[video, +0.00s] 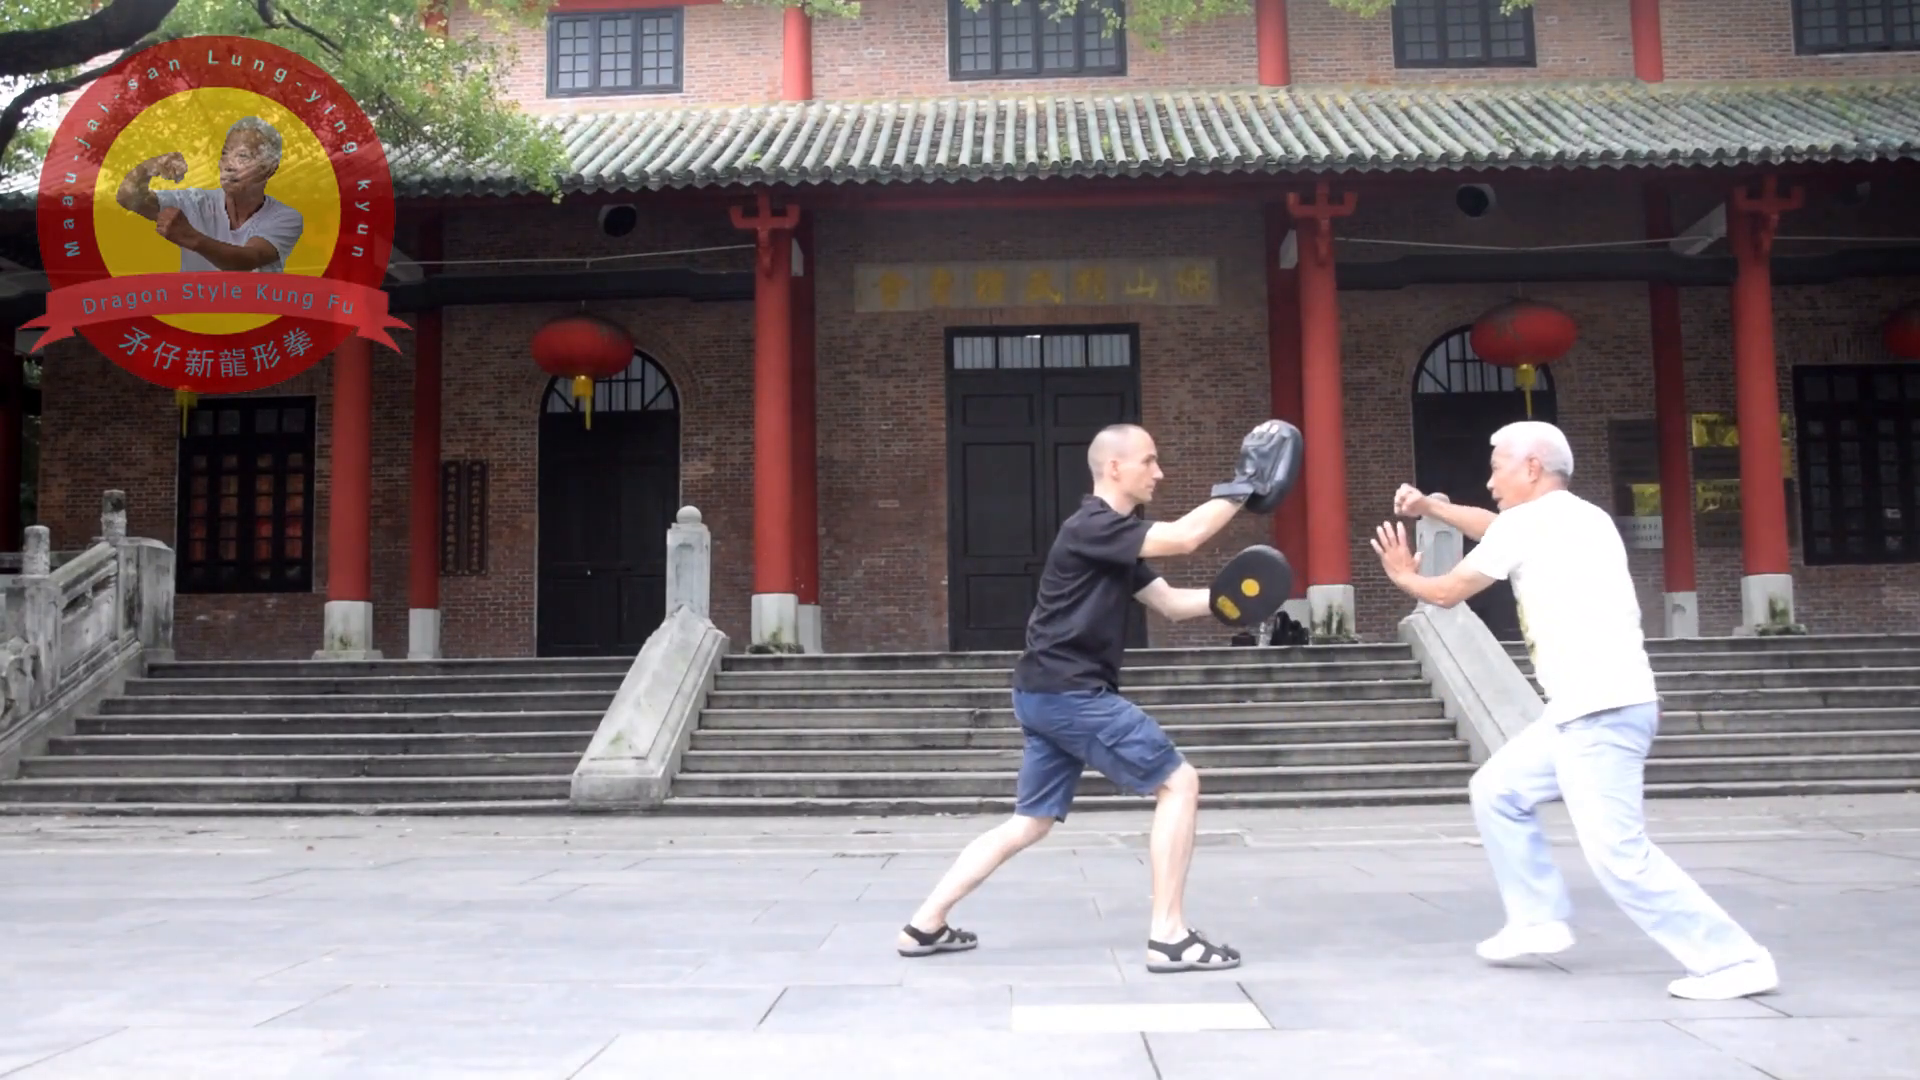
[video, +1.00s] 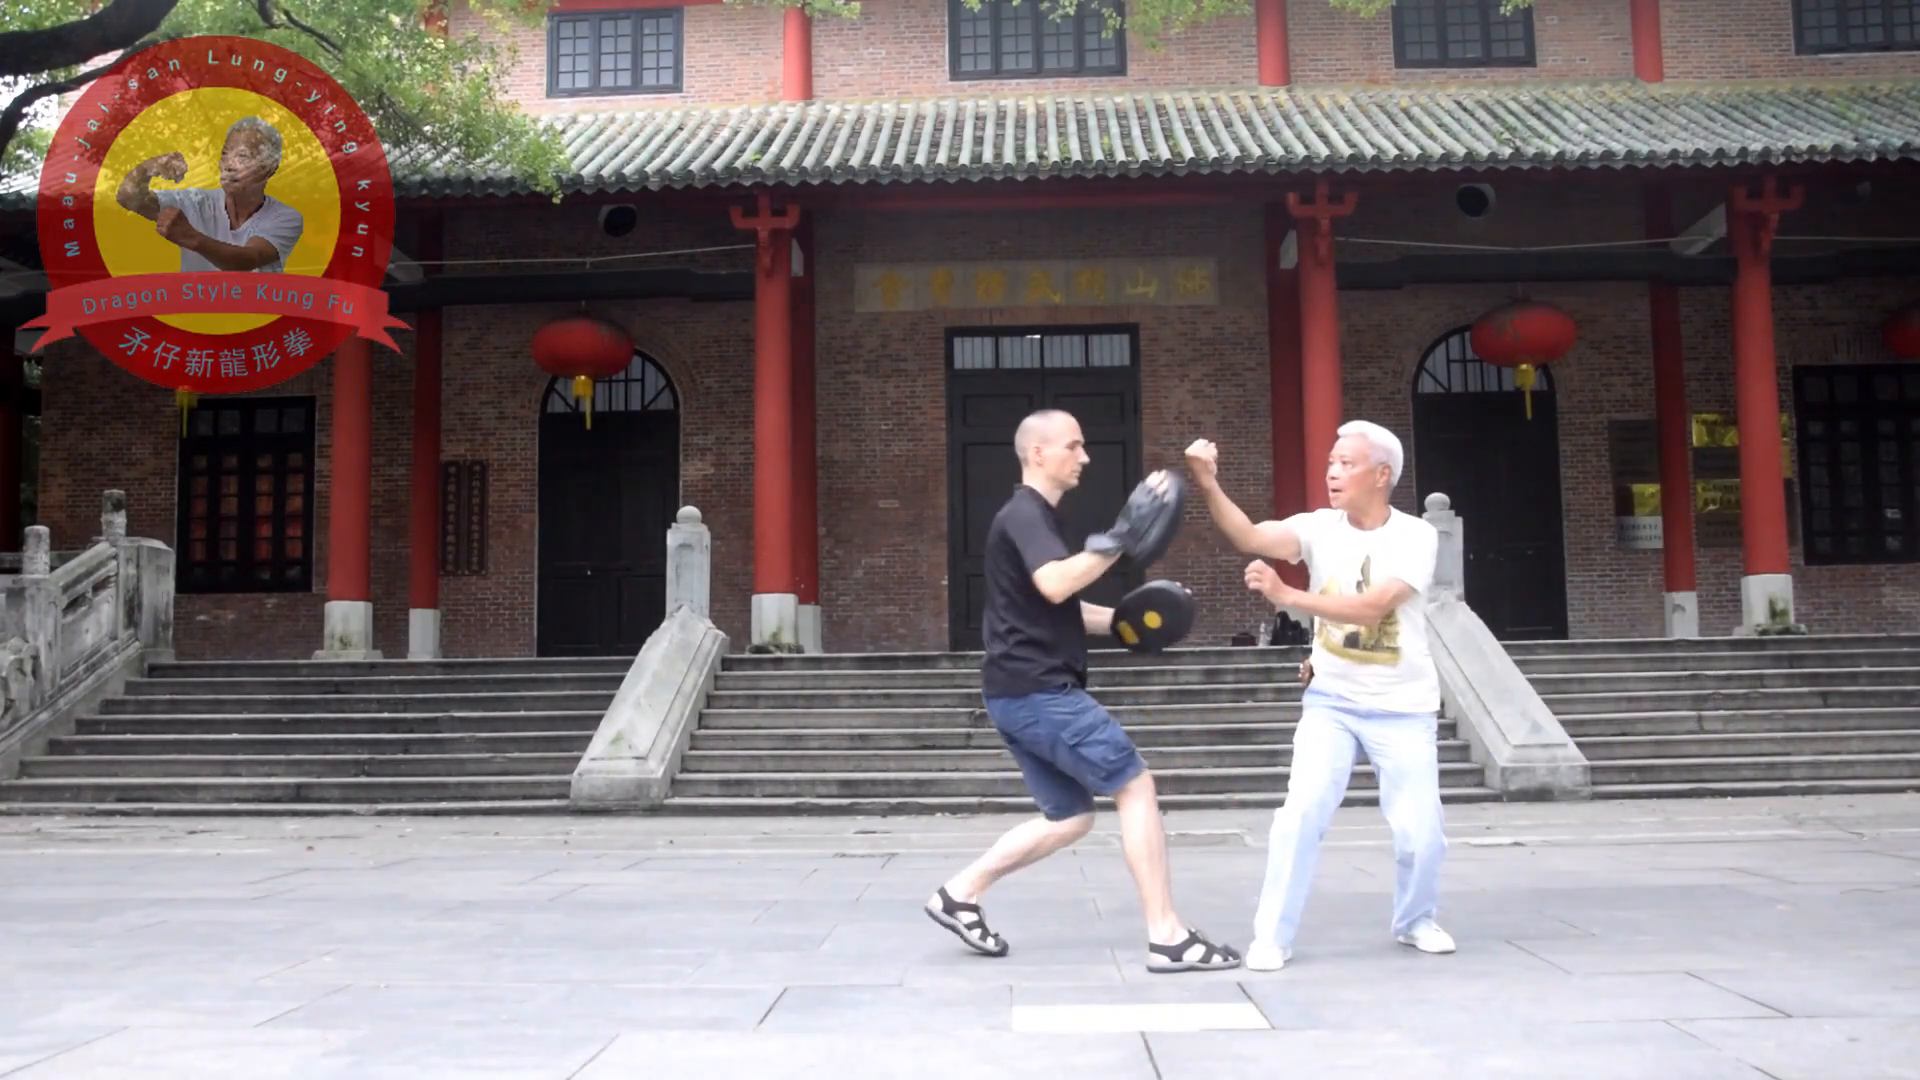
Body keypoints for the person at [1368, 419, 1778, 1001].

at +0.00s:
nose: (1491, 480)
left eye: (1497, 467)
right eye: (1492, 467)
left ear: (1532, 468)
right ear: (1545, 471)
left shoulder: (1523, 524)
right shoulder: (1591, 518)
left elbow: (1451, 591)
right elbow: (1496, 526)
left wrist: (1404, 576)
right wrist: (1429, 505)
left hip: (1595, 709)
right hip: (1609, 703)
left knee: (1620, 853)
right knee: (1495, 791)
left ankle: (1735, 960)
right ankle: (1538, 924)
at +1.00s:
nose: (1331, 473)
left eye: (1344, 464)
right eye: (1331, 463)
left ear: (1382, 476)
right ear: (1334, 470)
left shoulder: (1416, 536)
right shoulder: (1321, 528)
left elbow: (1370, 608)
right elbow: (1250, 537)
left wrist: (1283, 595)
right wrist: (1210, 485)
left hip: (1403, 708)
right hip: (1330, 701)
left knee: (1420, 831)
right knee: (1303, 811)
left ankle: (1418, 920)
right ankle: (1270, 938)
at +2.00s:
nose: (1295, 491)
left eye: (1305, 480)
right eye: (1294, 480)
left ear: (1344, 485)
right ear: (1326, 485)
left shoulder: (1386, 543)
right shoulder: (1287, 535)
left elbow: (1338, 612)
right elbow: (1210, 554)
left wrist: (1252, 590)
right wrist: (1157, 510)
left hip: (1376, 709)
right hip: (1300, 706)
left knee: (1419, 828)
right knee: (1290, 808)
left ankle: (1413, 922)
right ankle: (1272, 939)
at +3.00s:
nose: (990, 472)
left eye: (995, 463)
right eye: (993, 463)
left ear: (1014, 471)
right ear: (1053, 473)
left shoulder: (1000, 526)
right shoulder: (1085, 511)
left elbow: (957, 596)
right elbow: (1012, 499)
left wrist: (946, 570)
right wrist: (950, 476)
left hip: (1057, 698)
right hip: (1127, 698)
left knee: (1031, 839)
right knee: (1035, 823)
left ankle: (1079, 978)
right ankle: (1032, 950)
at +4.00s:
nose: (905, 478)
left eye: (910, 469)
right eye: (909, 468)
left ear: (929, 476)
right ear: (963, 482)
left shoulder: (902, 530)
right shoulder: (1003, 526)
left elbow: (874, 605)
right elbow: (947, 535)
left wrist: (901, 539)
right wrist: (880, 524)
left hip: (951, 716)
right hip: (1011, 712)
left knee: (977, 863)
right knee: (901, 800)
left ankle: (1073, 967)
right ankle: (894, 940)